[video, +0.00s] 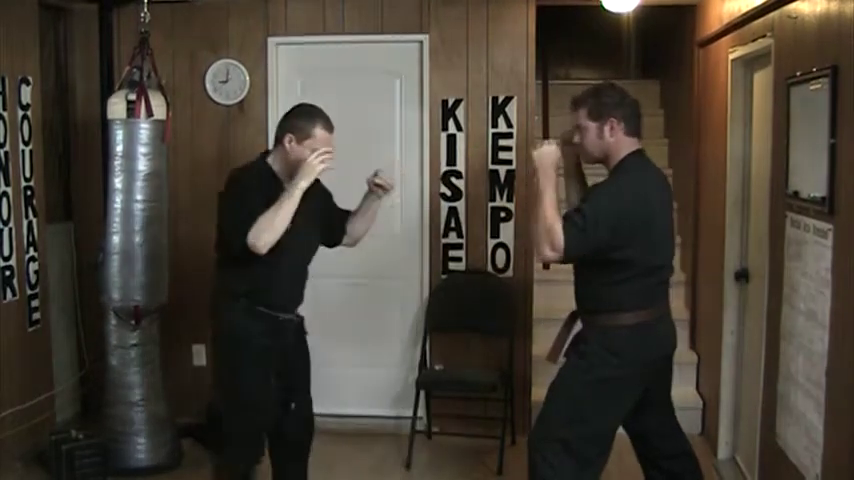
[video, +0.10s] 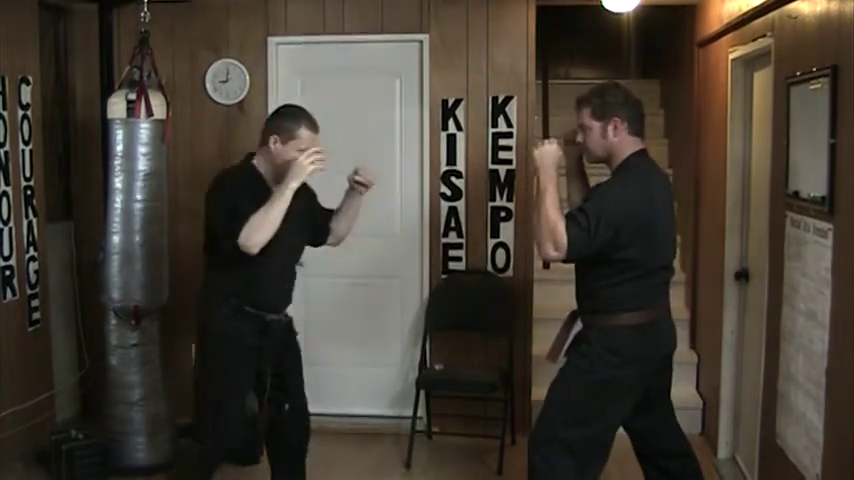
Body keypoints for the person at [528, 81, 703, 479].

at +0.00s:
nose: (576, 139)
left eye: (581, 129)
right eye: (576, 130)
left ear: (611, 128)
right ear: (615, 128)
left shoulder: (620, 189)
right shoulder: (651, 179)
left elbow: (552, 247)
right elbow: (630, 265)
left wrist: (546, 172)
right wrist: (580, 318)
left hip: (615, 342)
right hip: (650, 335)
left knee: (554, 448)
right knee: (663, 446)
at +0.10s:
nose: (580, 138)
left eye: (585, 129)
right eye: (579, 130)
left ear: (615, 127)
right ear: (620, 127)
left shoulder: (623, 188)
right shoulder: (653, 179)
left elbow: (556, 246)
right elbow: (585, 228)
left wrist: (547, 173)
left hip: (614, 341)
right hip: (651, 335)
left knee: (553, 450)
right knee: (662, 445)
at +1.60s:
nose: (584, 137)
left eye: (588, 127)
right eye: (583, 127)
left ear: (617, 126)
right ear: (625, 126)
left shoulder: (619, 189)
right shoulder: (664, 181)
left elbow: (550, 247)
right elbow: (602, 225)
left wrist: (544, 180)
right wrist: (588, 166)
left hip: (616, 343)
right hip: (658, 336)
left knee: (556, 451)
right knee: (665, 447)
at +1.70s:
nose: (586, 139)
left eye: (589, 128)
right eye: (585, 129)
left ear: (617, 126)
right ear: (626, 125)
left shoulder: (620, 189)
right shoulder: (665, 181)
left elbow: (546, 249)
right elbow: (602, 221)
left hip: (618, 343)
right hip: (660, 336)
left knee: (557, 450)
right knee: (664, 446)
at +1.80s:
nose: (585, 139)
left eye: (588, 128)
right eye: (585, 128)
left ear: (617, 126)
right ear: (627, 126)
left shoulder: (616, 190)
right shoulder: (666, 181)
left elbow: (545, 258)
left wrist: (541, 290)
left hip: (617, 343)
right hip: (661, 338)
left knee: (557, 450)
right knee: (664, 447)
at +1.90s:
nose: (584, 140)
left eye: (587, 129)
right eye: (583, 130)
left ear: (616, 127)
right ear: (625, 127)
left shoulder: (616, 189)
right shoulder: (664, 181)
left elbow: (545, 263)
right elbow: (639, 270)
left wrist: (535, 293)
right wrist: (586, 324)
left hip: (618, 345)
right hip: (661, 340)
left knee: (556, 451)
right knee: (664, 449)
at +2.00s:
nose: (582, 140)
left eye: (586, 130)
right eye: (582, 130)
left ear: (615, 127)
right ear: (624, 127)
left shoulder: (616, 191)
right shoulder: (665, 184)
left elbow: (553, 263)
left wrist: (550, 245)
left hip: (618, 342)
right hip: (660, 336)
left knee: (557, 448)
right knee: (662, 447)